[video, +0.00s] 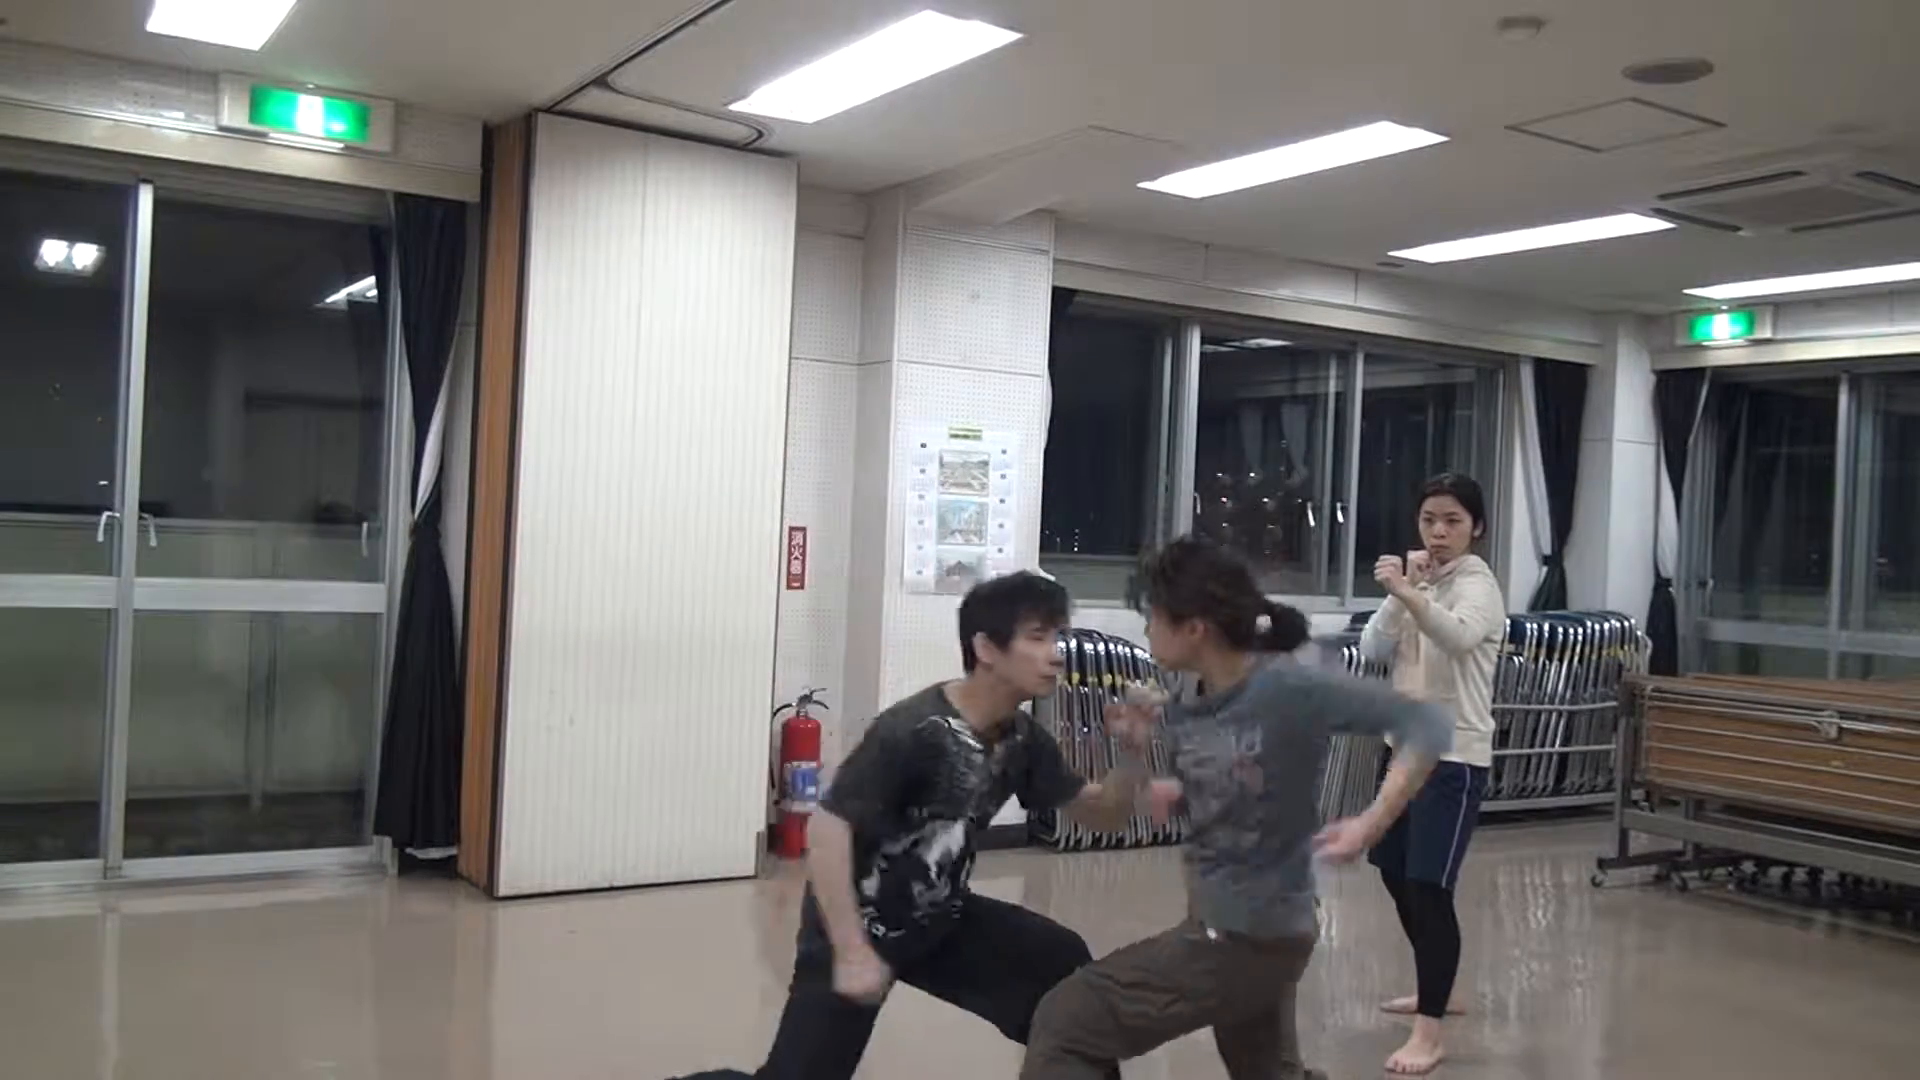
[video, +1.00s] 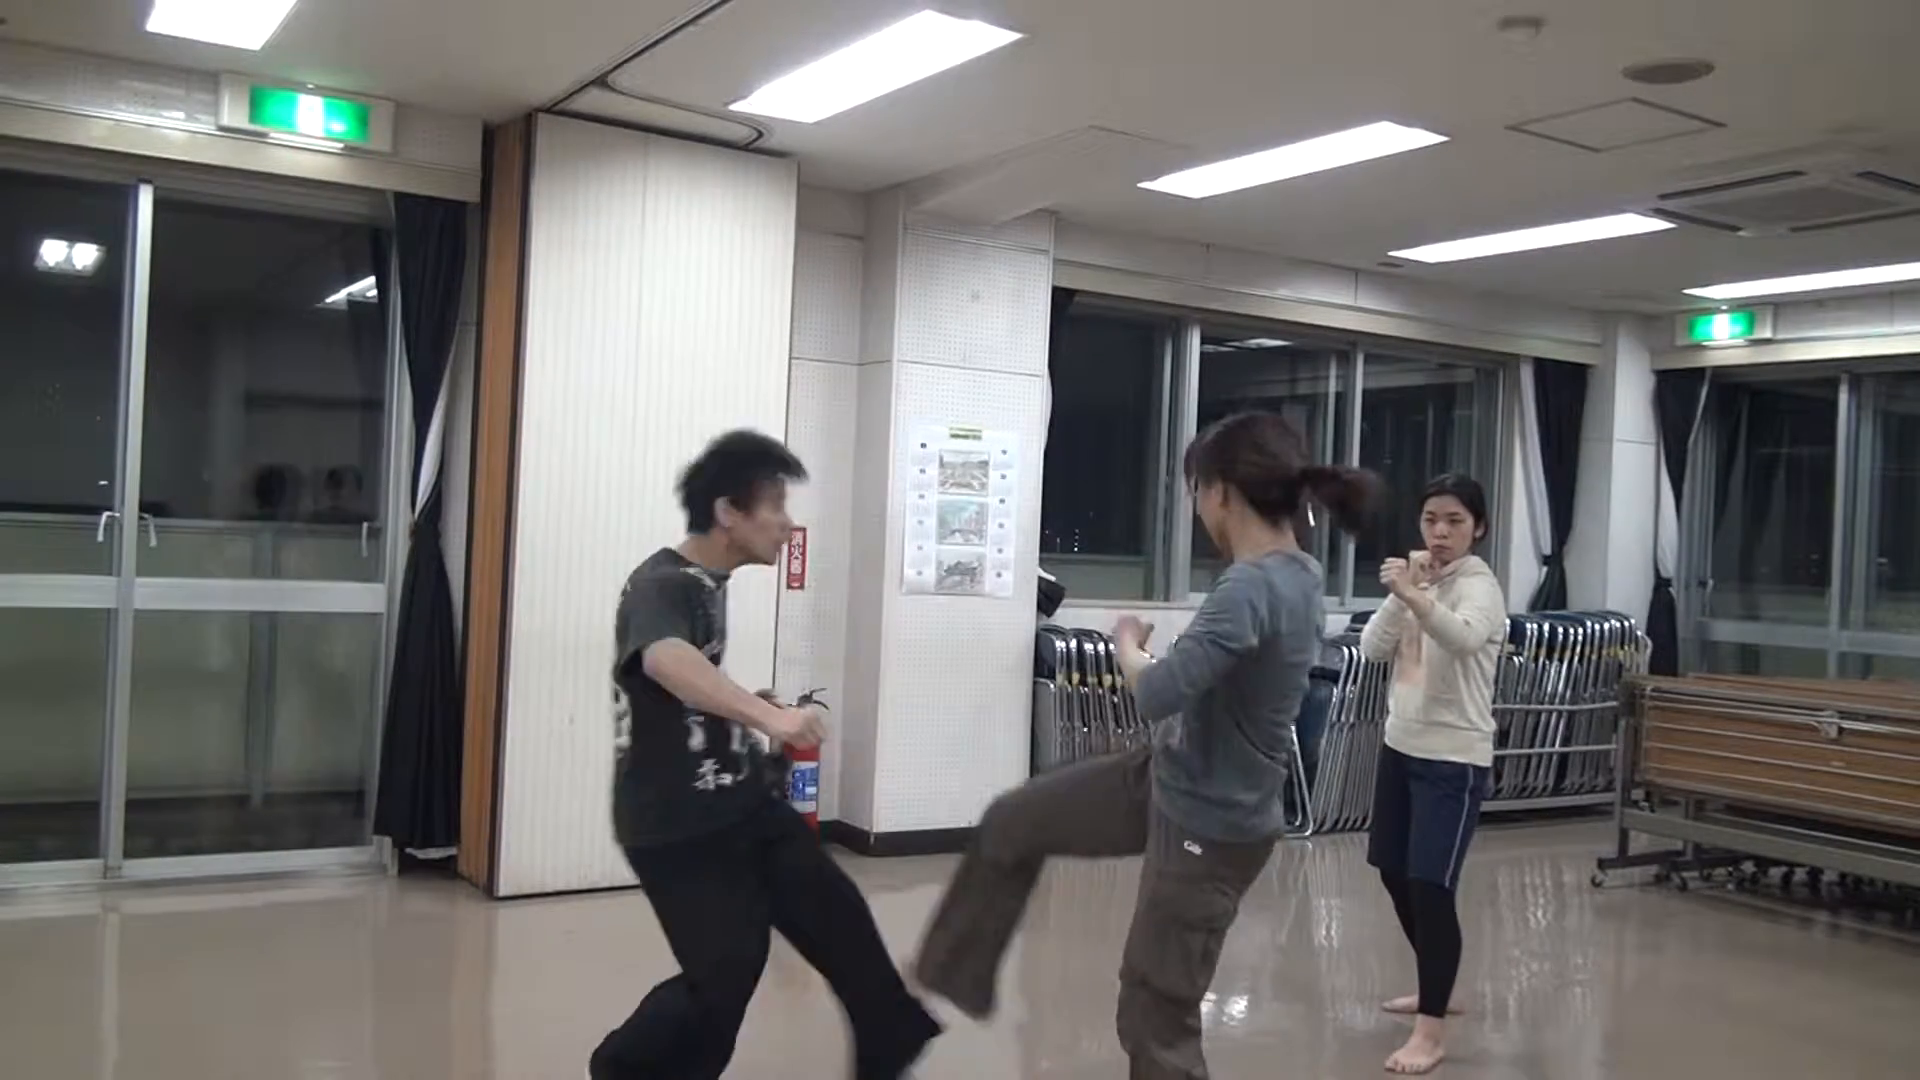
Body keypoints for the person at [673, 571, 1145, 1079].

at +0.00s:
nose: (1057, 654)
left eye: (1057, 639)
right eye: (1040, 639)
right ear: (986, 650)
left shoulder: (1023, 735)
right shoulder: (908, 731)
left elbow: (1093, 807)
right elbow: (827, 826)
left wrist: (1133, 766)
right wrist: (850, 947)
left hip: (937, 917)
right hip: (856, 930)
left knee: (1063, 962)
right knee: (801, 1073)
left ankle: (1084, 1072)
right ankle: (721, 1079)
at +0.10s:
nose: (1052, 643)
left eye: (1052, 629)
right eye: (1036, 628)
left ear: (994, 639)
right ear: (980, 635)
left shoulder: (1005, 727)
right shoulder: (908, 709)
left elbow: (1068, 809)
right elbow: (849, 805)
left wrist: (1116, 754)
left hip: (931, 901)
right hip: (845, 898)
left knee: (1051, 956)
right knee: (793, 1066)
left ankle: (1058, 1071)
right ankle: (686, 1075)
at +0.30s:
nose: (901, 534)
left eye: (905, 521)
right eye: (888, 517)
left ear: (905, 529)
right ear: (837, 519)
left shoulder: (905, 623)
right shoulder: (782, 610)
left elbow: (977, 701)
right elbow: (780, 669)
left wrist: (978, 616)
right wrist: (900, 660)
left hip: (924, 857)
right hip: (823, 866)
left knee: (1044, 961)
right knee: (724, 1012)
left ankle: (1065, 1070)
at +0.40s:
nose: (875, 497)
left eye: (878, 484)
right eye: (858, 481)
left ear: (881, 495)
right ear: (806, 497)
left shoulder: (904, 578)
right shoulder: (767, 582)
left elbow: (1010, 589)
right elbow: (698, 568)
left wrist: (983, 518)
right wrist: (779, 494)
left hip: (898, 840)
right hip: (790, 843)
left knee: (1005, 958)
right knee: (686, 990)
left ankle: (1034, 1075)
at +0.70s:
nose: (910, 504)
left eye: (913, 490)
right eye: (892, 489)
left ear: (915, 498)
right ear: (841, 498)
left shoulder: (923, 576)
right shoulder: (778, 573)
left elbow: (1019, 567)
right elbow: (667, 610)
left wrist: (1084, 520)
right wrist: (703, 567)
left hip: (865, 829)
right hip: (770, 829)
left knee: (946, 953)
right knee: (732, 996)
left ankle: (968, 1074)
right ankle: (626, 1073)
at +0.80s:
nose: (913, 543)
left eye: (913, 526)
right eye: (896, 525)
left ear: (857, 537)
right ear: (843, 534)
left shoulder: (893, 611)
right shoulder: (769, 603)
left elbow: (952, 627)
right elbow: (667, 637)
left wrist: (1008, 652)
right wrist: (654, 684)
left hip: (864, 843)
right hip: (775, 851)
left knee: (958, 941)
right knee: (734, 1029)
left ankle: (970, 1074)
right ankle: (631, 1069)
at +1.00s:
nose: (789, 525)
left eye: (786, 509)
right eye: (776, 508)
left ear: (735, 516)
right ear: (727, 514)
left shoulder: (709, 585)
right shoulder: (661, 583)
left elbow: (687, 686)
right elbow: (666, 660)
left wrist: (756, 706)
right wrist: (768, 718)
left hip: (744, 804)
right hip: (677, 822)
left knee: (836, 914)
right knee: (726, 970)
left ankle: (892, 1044)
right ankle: (623, 1067)